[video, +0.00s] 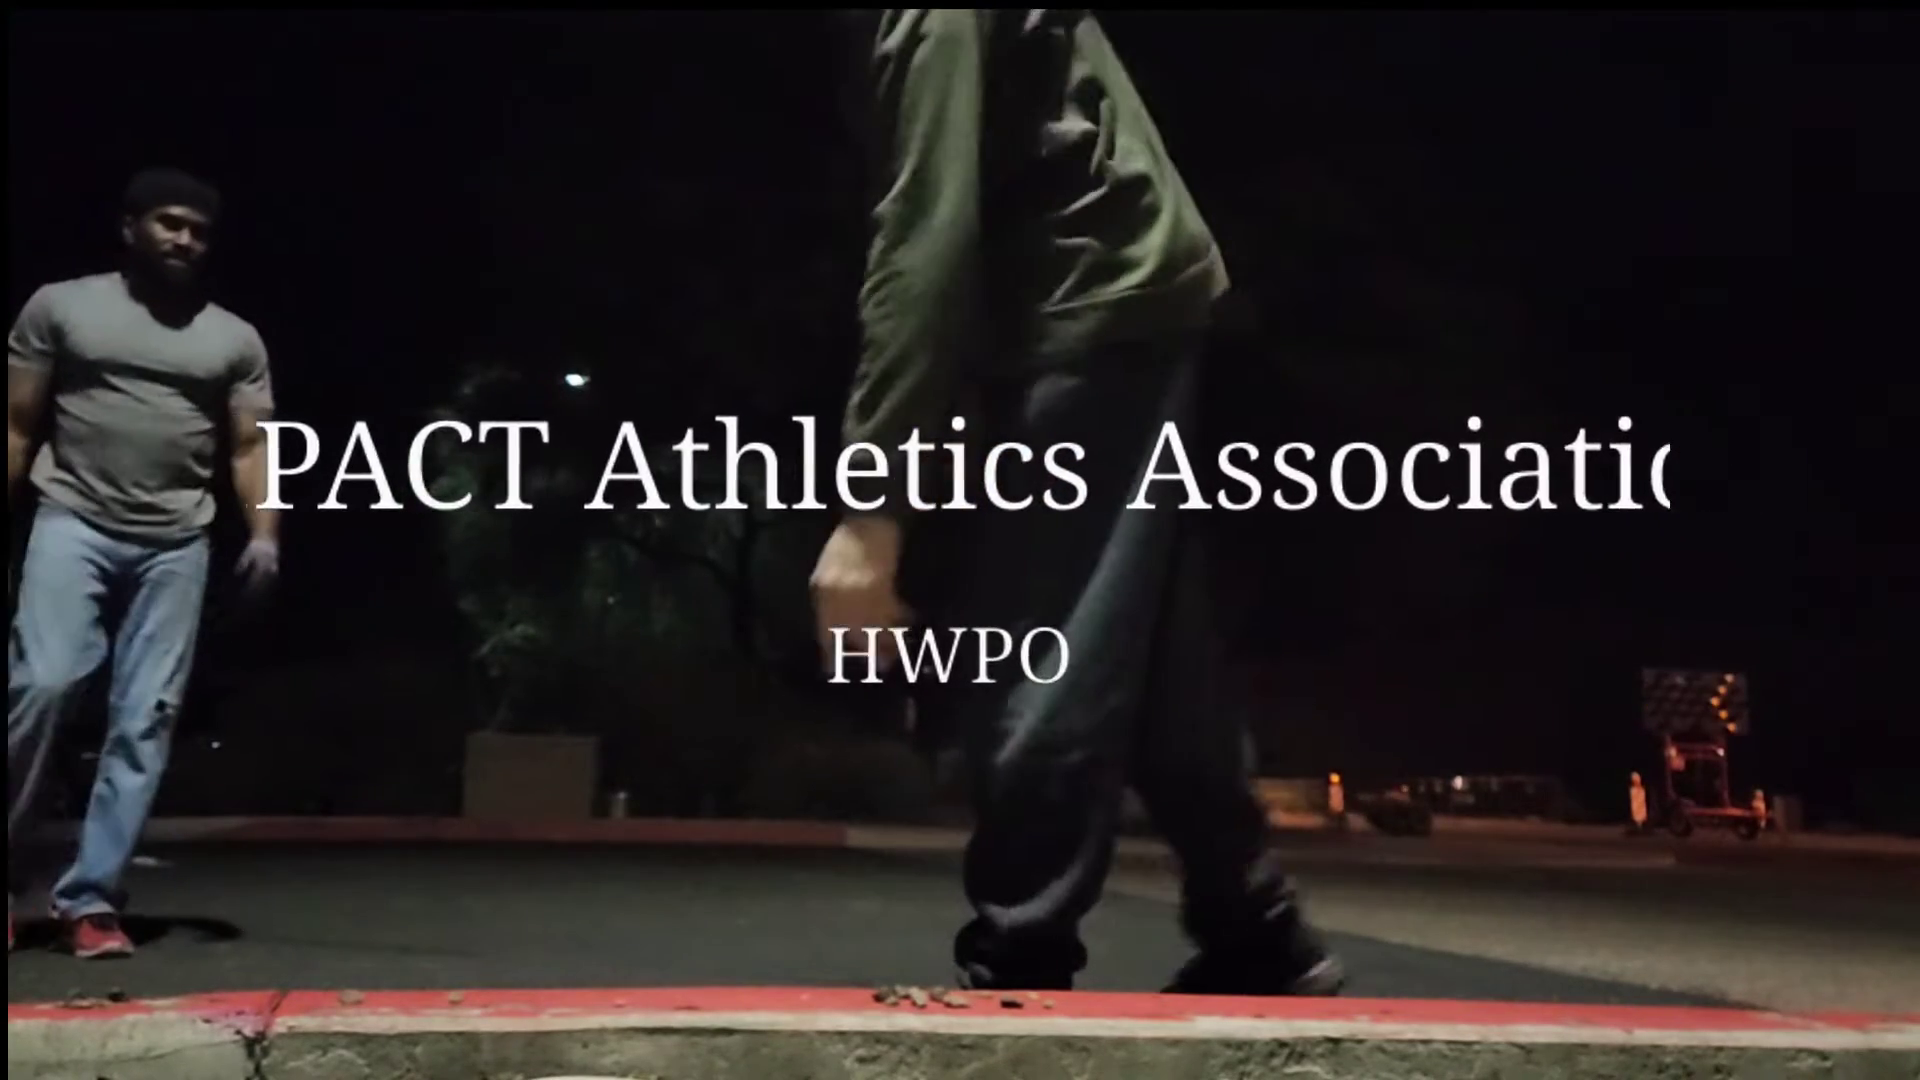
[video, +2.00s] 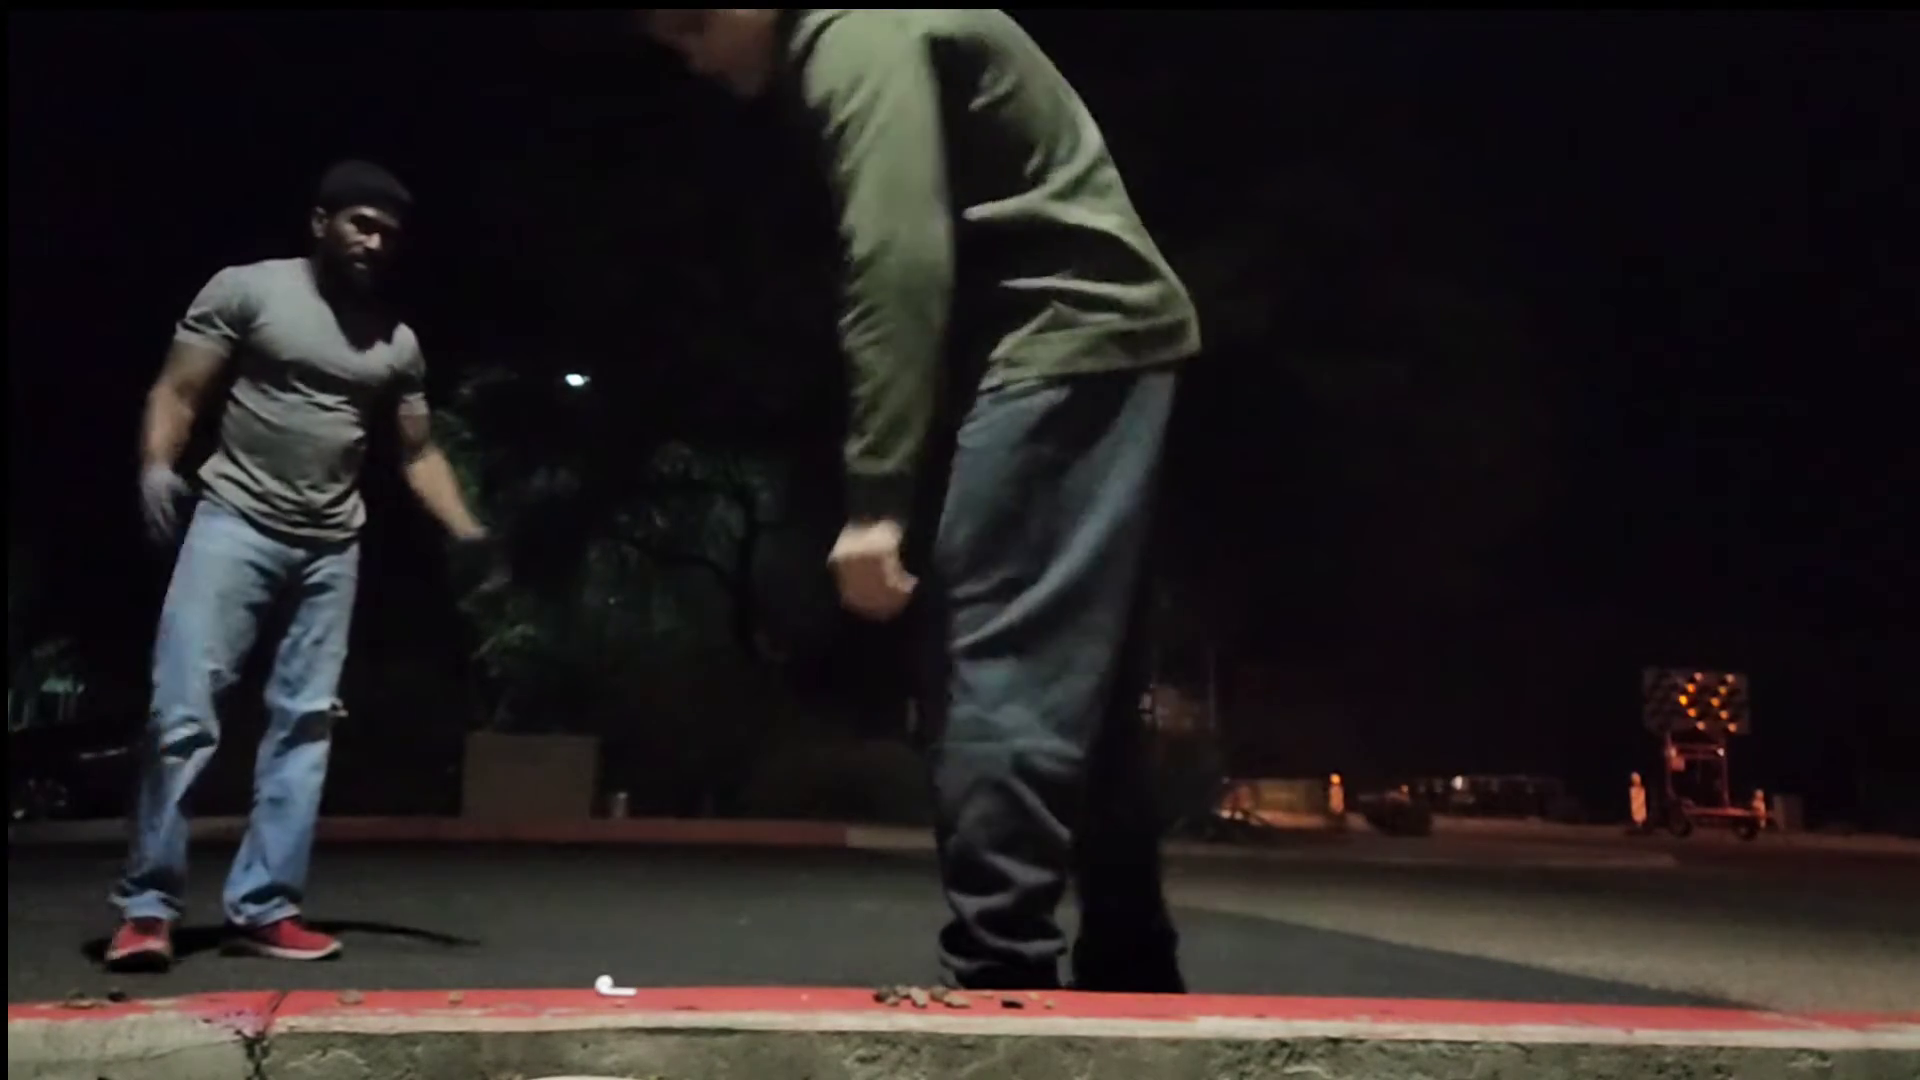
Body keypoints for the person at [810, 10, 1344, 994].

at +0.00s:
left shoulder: (937, 24)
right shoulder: (914, 32)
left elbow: (926, 241)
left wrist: (867, 517)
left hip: (1106, 307)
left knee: (1042, 645)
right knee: (1141, 631)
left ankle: (1018, 960)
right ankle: (1251, 931)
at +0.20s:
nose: (611, 32)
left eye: (614, 10)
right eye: (600, 22)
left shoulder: (835, 36)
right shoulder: (806, 38)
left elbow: (866, 315)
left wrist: (802, 605)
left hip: (1093, 290)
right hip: (1087, 288)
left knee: (1040, 625)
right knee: (1194, 597)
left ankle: (1015, 957)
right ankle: (1338, 877)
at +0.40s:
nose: (557, 151)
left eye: (548, 111)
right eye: (529, 133)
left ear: (608, 30)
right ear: (600, 36)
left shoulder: (783, 103)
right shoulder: (725, 68)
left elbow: (812, 428)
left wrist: (741, 712)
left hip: (1089, 299)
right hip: (1063, 296)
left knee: (1027, 632)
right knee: (1206, 567)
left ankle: (1011, 960)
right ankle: (1402, 814)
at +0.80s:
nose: (526, 299)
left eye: (515, 267)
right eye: (494, 288)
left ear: (558, 170)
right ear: (550, 156)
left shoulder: (736, 212)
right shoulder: (651, 128)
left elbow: (756, 536)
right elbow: (836, 289)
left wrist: (700, 825)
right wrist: (875, 449)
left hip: (1052, 276)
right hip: (1069, 240)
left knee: (1001, 627)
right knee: (1225, 531)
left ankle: (997, 975)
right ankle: (1469, 742)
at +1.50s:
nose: (523, 210)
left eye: (515, 174)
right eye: (500, 192)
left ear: (576, 100)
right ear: (575, 97)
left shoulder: (732, 155)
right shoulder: (689, 100)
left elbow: (804, 449)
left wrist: (790, 739)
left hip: (1050, 292)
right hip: (1088, 266)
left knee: (973, 631)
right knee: (1191, 588)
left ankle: (1002, 954)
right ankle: (1389, 859)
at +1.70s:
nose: (564, 121)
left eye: (560, 82)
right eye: (541, 104)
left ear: (623, 24)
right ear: (628, 27)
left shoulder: (764, 91)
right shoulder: (747, 68)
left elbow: (840, 361)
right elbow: (830, 358)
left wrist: (826, 637)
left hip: (1059, 297)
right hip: (1105, 279)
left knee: (961, 637)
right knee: (1160, 629)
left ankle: (1001, 962)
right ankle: (1281, 933)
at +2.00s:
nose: (695, 66)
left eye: (687, 38)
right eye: (680, 49)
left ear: (738, 5)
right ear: (737, 15)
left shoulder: (861, 36)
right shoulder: (858, 38)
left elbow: (901, 257)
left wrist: (875, 501)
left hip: (1069, 339)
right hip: (1105, 335)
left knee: (998, 648)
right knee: (1071, 664)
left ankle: (1000, 967)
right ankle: (1130, 974)